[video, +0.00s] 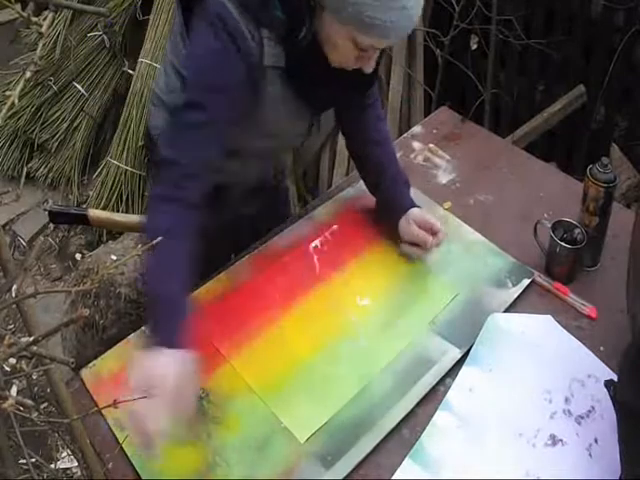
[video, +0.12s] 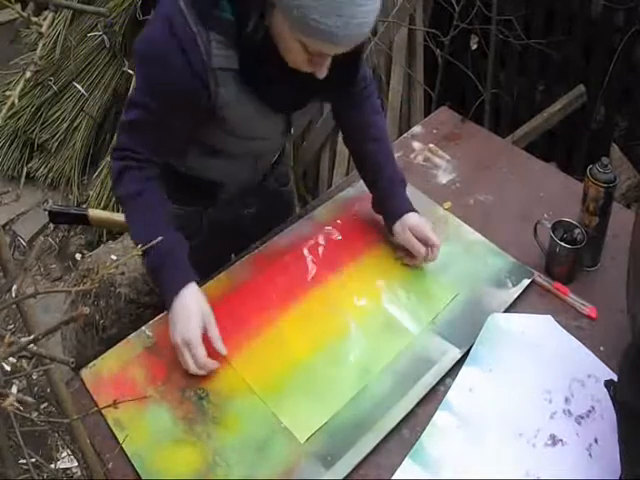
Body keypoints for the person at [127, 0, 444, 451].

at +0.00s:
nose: (367, 65)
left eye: (379, 52)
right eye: (359, 46)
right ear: (319, 10)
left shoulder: (346, 40)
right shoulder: (227, 33)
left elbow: (364, 120)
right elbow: (176, 190)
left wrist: (400, 206)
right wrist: (170, 342)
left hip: (266, 179)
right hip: (200, 185)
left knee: (277, 290)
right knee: (205, 306)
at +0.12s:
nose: (322, 71)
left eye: (336, 55)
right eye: (309, 51)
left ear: (355, 32)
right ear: (270, 11)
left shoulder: (331, 32)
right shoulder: (182, 42)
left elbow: (358, 103)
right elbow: (133, 162)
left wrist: (397, 208)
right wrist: (179, 286)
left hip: (267, 183)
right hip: (192, 199)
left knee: (288, 293)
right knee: (211, 315)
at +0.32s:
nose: (312, 106)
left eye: (326, 88)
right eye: (298, 88)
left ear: (339, 53)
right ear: (260, 42)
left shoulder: (315, 30)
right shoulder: (167, 49)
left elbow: (342, 97)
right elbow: (142, 167)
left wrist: (378, 187)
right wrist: (188, 268)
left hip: (263, 183)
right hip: (191, 201)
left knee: (288, 293)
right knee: (209, 320)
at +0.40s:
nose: (307, 177)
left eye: (320, 165)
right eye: (295, 164)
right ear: (257, 114)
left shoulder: (326, 58)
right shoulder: (167, 83)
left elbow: (342, 110)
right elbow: (134, 177)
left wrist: (370, 186)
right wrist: (179, 267)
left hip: (262, 184)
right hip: (188, 197)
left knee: (278, 288)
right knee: (203, 305)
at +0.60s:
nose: (334, 135)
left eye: (348, 121)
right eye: (321, 119)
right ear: (284, 78)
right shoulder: (173, 63)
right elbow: (134, 167)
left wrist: (373, 172)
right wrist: (177, 272)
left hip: (264, 182)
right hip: (189, 197)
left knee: (278, 292)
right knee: (207, 309)